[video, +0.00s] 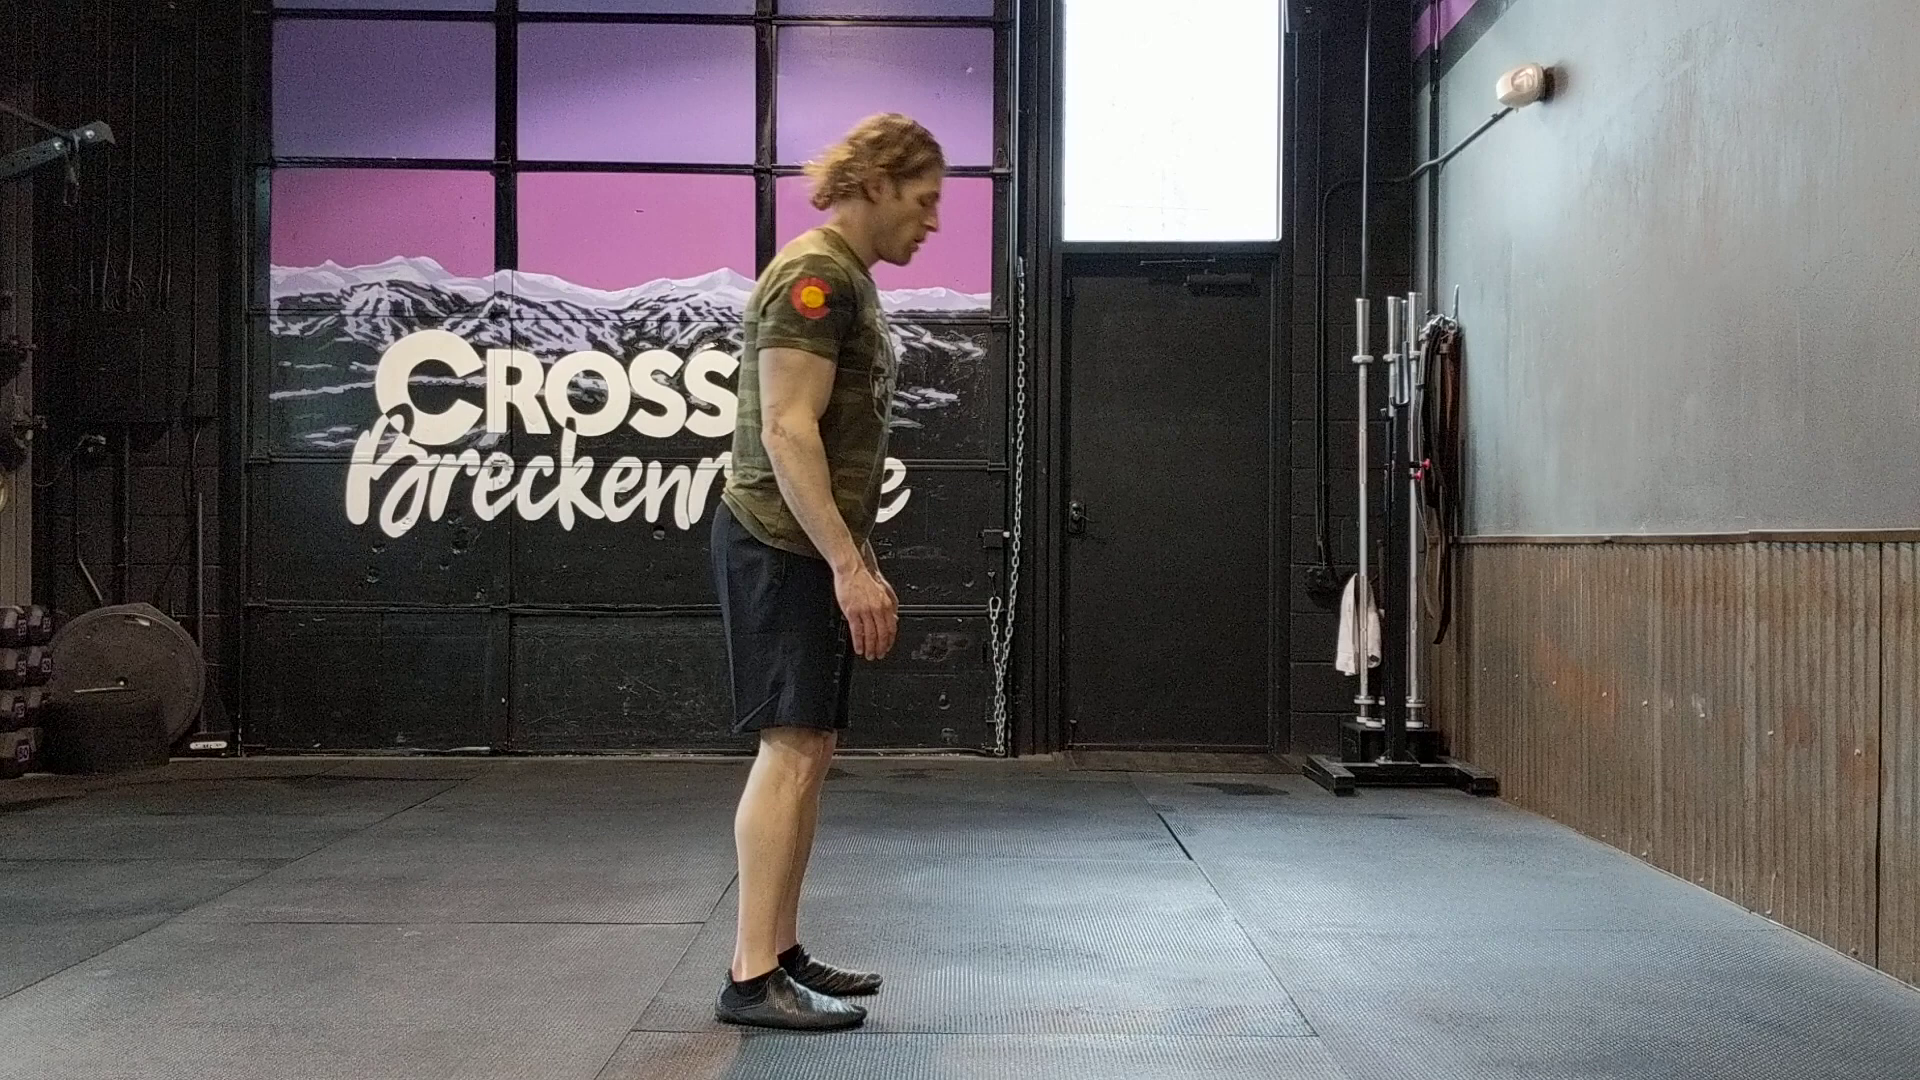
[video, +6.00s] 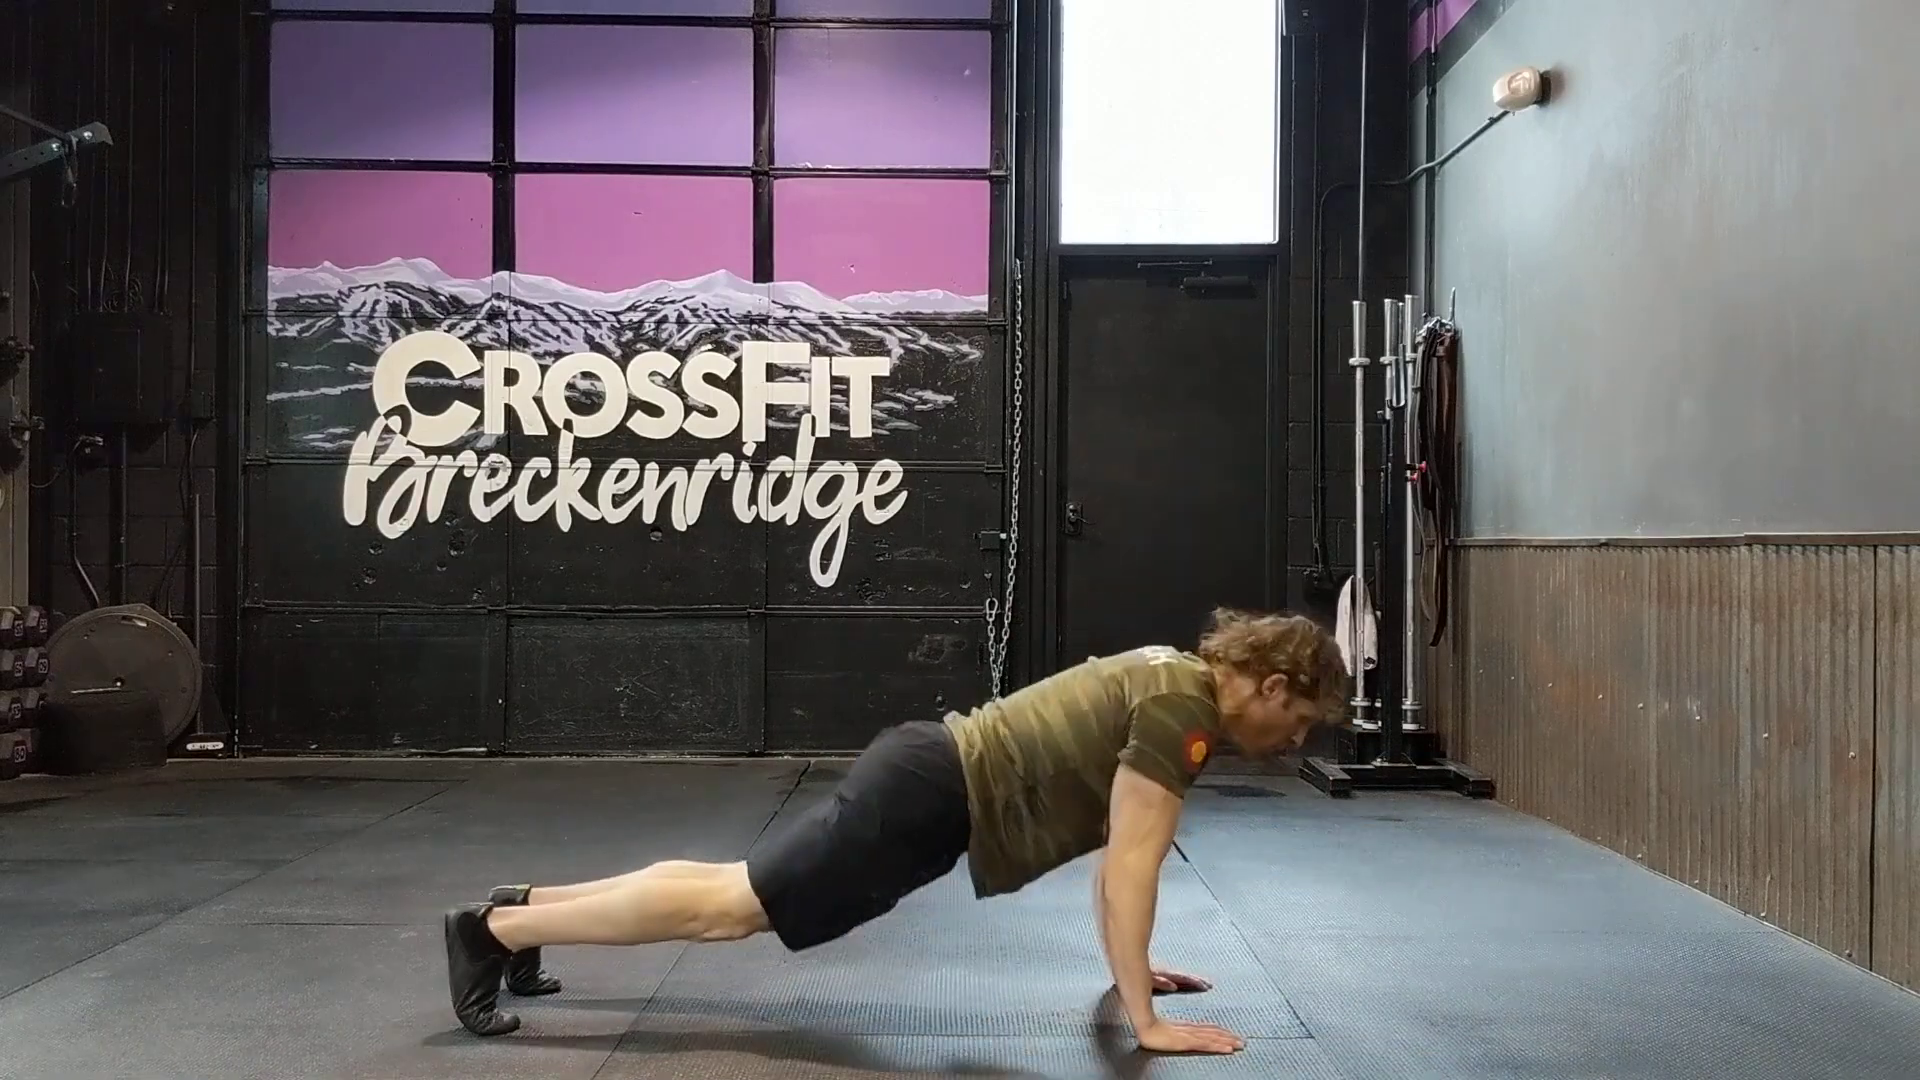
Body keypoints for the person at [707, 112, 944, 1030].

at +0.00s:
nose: (934, 220)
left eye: (937, 203)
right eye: (924, 200)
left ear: (878, 196)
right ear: (874, 190)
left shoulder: (839, 275)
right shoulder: (817, 277)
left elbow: (813, 431)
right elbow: (787, 432)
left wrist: (847, 559)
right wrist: (849, 564)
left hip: (807, 545)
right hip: (781, 544)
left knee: (811, 747)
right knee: (793, 749)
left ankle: (778, 952)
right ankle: (751, 975)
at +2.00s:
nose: (1331, 860)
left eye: (1336, 849)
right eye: (1331, 846)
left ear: (1279, 810)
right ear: (1295, 831)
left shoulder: (1213, 823)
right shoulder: (1204, 856)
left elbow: (1095, 863)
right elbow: (1079, 887)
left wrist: (1129, 946)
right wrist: (1122, 1021)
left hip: (949, 850)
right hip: (945, 879)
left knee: (724, 913)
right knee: (714, 940)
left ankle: (518, 907)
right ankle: (487, 931)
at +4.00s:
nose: (1138, 260)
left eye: (1144, 243)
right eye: (1138, 238)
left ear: (1092, 218)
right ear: (1093, 216)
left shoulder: (1031, 295)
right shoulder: (1007, 291)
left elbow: (956, 439)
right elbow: (927, 436)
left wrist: (982, 573)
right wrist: (971, 576)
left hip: (957, 552)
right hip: (934, 551)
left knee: (960, 754)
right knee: (957, 756)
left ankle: (931, 956)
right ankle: (911, 989)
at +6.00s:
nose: (1295, 740)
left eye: (1304, 727)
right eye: (1300, 721)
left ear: (1259, 677)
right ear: (1268, 686)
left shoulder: (1177, 697)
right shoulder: (1171, 701)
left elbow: (1127, 850)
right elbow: (1128, 863)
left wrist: (1132, 965)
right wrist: (1143, 1014)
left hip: (930, 777)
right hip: (930, 794)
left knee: (741, 889)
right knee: (731, 908)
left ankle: (527, 911)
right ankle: (497, 929)